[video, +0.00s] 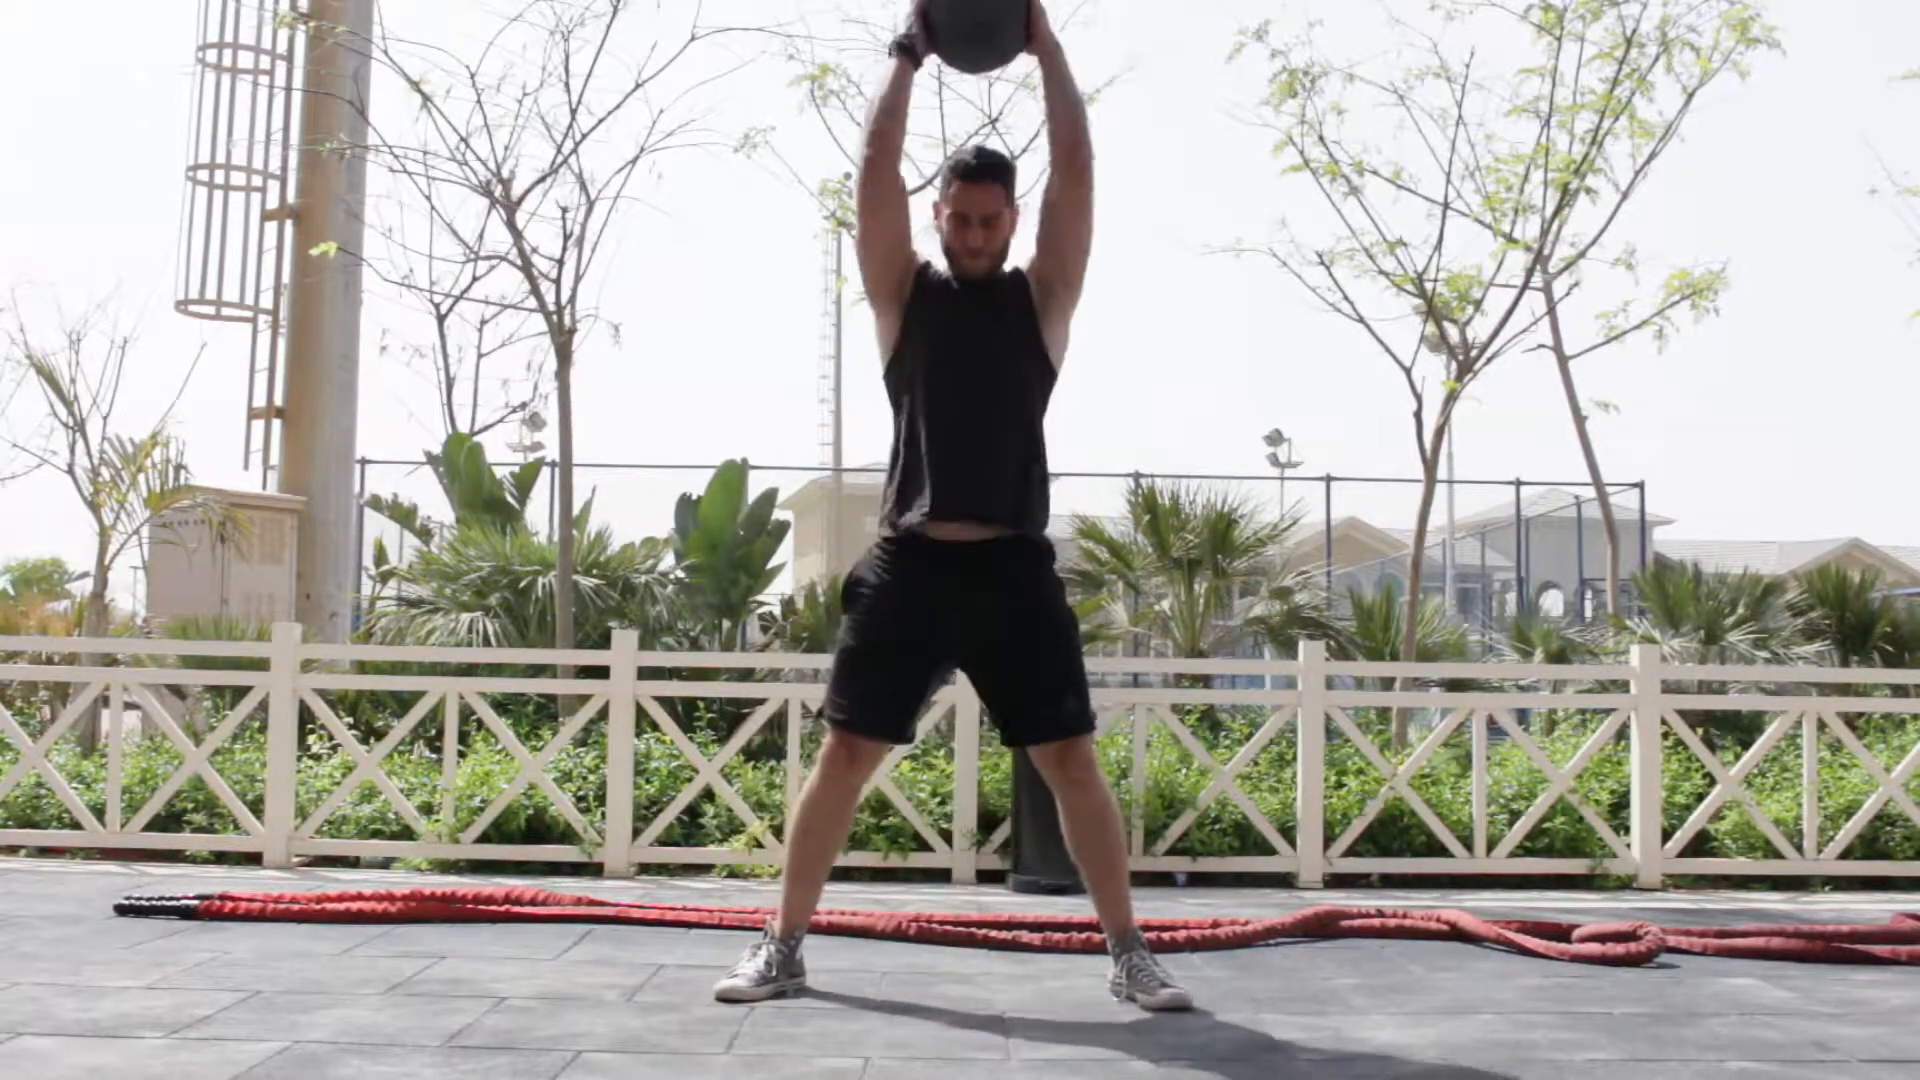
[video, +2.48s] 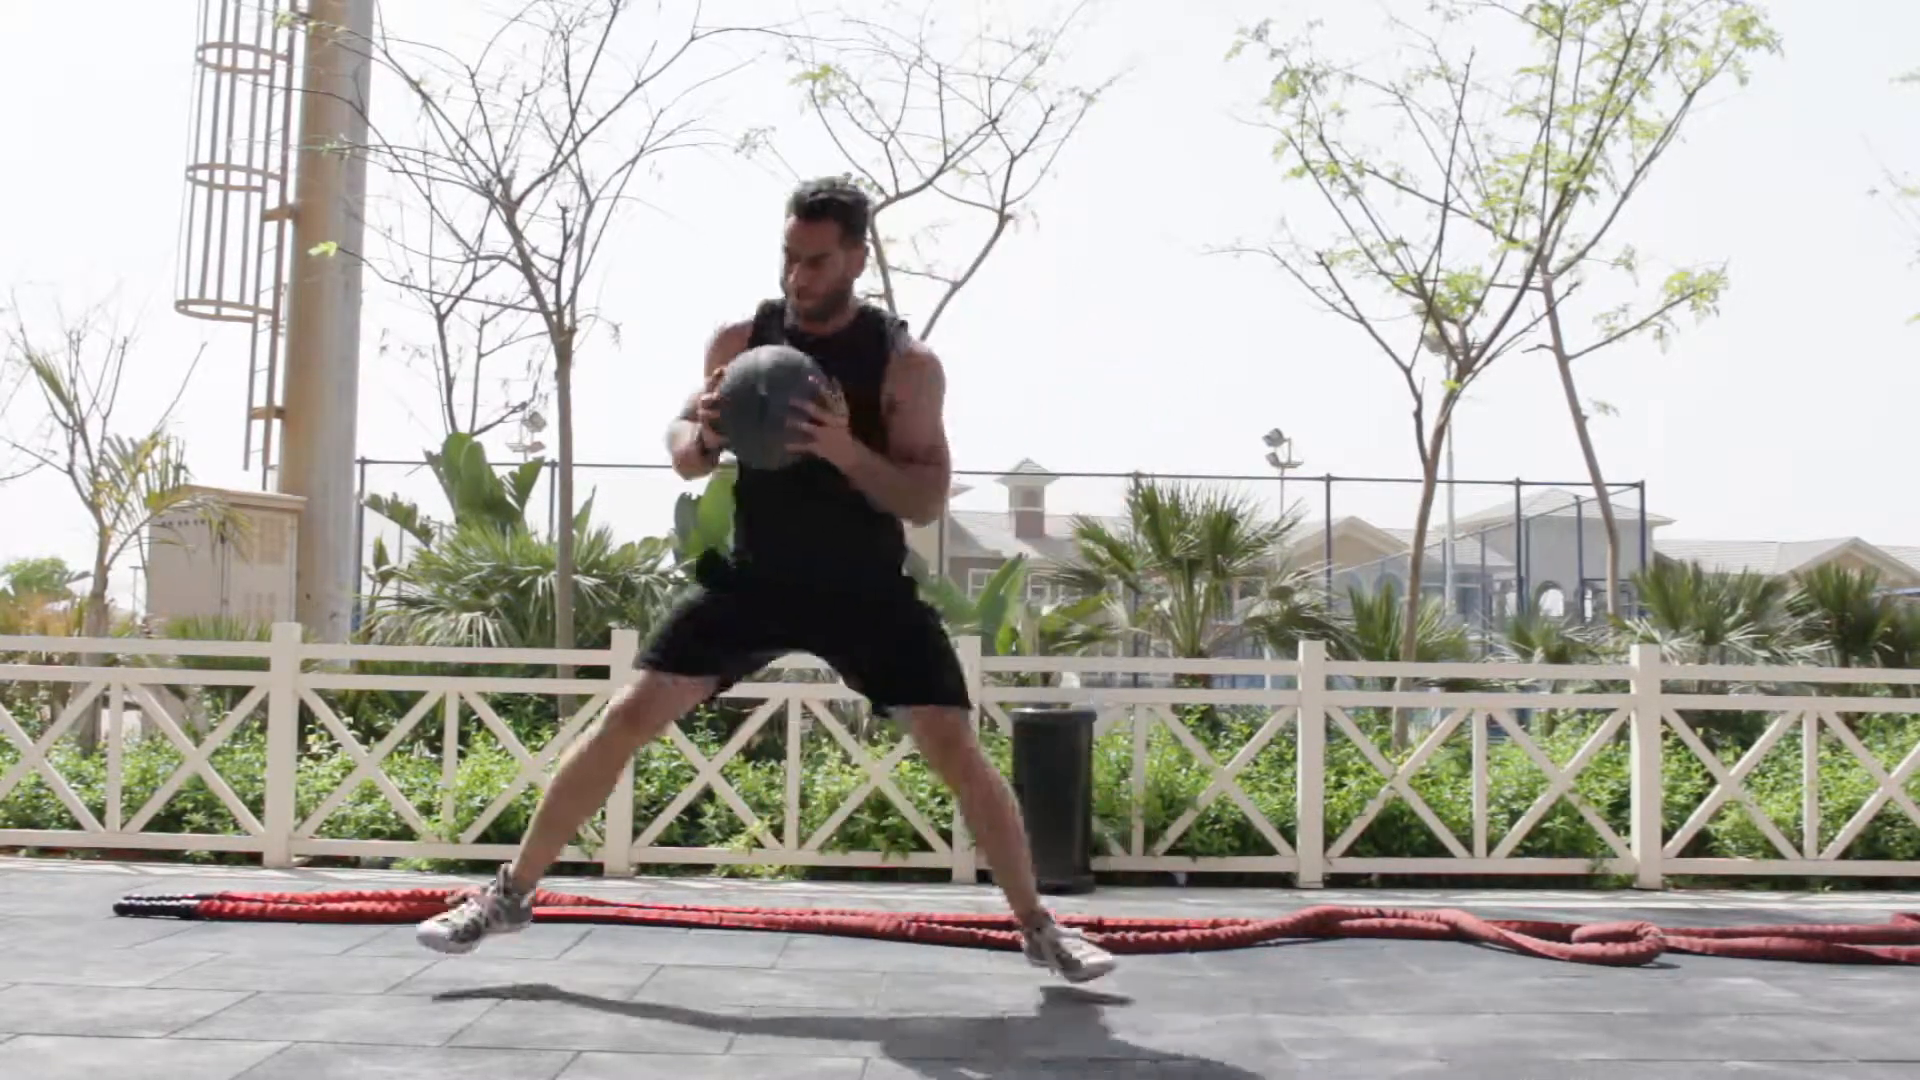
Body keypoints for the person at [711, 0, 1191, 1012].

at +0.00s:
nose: (971, 228)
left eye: (987, 216)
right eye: (958, 214)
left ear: (1014, 225)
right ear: (936, 220)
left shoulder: (1041, 304)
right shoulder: (904, 299)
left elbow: (1073, 177)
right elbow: (878, 179)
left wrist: (1048, 47)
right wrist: (905, 57)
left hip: (1016, 569)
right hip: (909, 567)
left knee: (1070, 760)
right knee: (845, 755)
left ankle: (1128, 953)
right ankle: (782, 947)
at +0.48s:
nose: (961, 257)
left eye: (977, 237)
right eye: (950, 236)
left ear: (1005, 243)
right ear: (929, 241)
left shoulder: (1042, 324)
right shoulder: (903, 313)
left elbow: (1072, 403)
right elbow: (847, 370)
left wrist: (1032, 287)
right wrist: (889, 263)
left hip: (1014, 575)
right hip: (908, 571)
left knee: (1070, 752)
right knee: (842, 748)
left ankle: (1128, 952)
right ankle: (782, 946)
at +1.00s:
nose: (959, 478)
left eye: (975, 464)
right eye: (945, 461)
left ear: (1000, 438)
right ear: (919, 429)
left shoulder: (1041, 500)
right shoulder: (872, 500)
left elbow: (1057, 645)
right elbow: (830, 632)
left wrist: (1018, 768)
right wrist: (813, 764)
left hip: (1011, 648)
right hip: (903, 644)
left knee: (1102, 752)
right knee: (808, 762)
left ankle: (1132, 952)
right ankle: (779, 948)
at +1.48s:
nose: (966, 521)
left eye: (983, 503)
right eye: (951, 503)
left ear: (1004, 481)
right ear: (921, 478)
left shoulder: (1043, 527)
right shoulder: (877, 536)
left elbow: (1050, 670)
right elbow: (863, 668)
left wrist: (1008, 785)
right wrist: (874, 772)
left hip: (1025, 671)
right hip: (924, 672)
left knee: (1124, 751)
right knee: (815, 750)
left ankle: (1135, 952)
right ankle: (781, 950)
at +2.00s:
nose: (1057, 262)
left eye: (1069, 245)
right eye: (1039, 246)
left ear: (1082, 245)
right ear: (1002, 245)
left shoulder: (1084, 343)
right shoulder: (960, 355)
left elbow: (1079, 448)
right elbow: (990, 491)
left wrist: (1124, 418)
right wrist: (1099, 431)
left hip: (1068, 575)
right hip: (978, 597)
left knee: (1110, 755)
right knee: (1052, 788)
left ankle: (1121, 954)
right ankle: (1145, 831)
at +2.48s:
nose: (800, 275)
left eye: (818, 260)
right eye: (791, 258)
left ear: (859, 259)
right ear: (779, 254)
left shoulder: (906, 362)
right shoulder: (738, 343)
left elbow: (929, 499)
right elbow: (684, 458)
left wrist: (846, 447)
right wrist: (710, 431)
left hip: (868, 593)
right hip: (752, 585)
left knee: (956, 748)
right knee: (629, 718)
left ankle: (1040, 928)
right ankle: (510, 891)